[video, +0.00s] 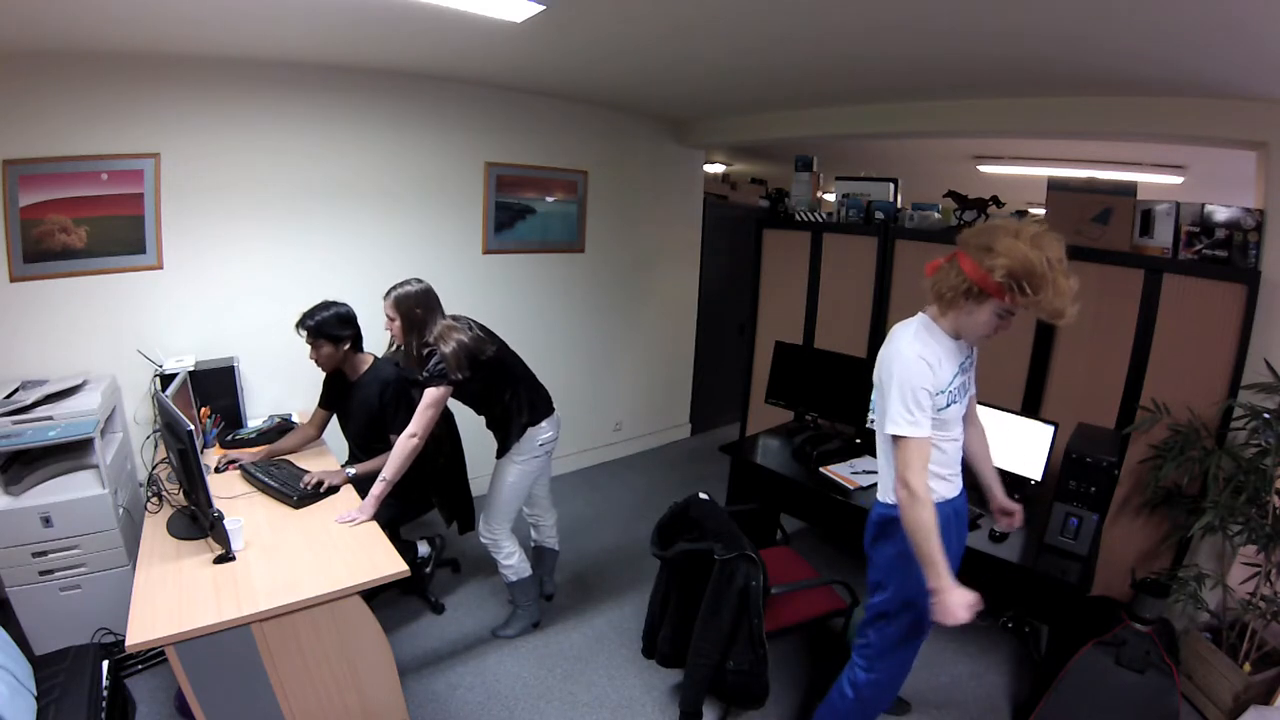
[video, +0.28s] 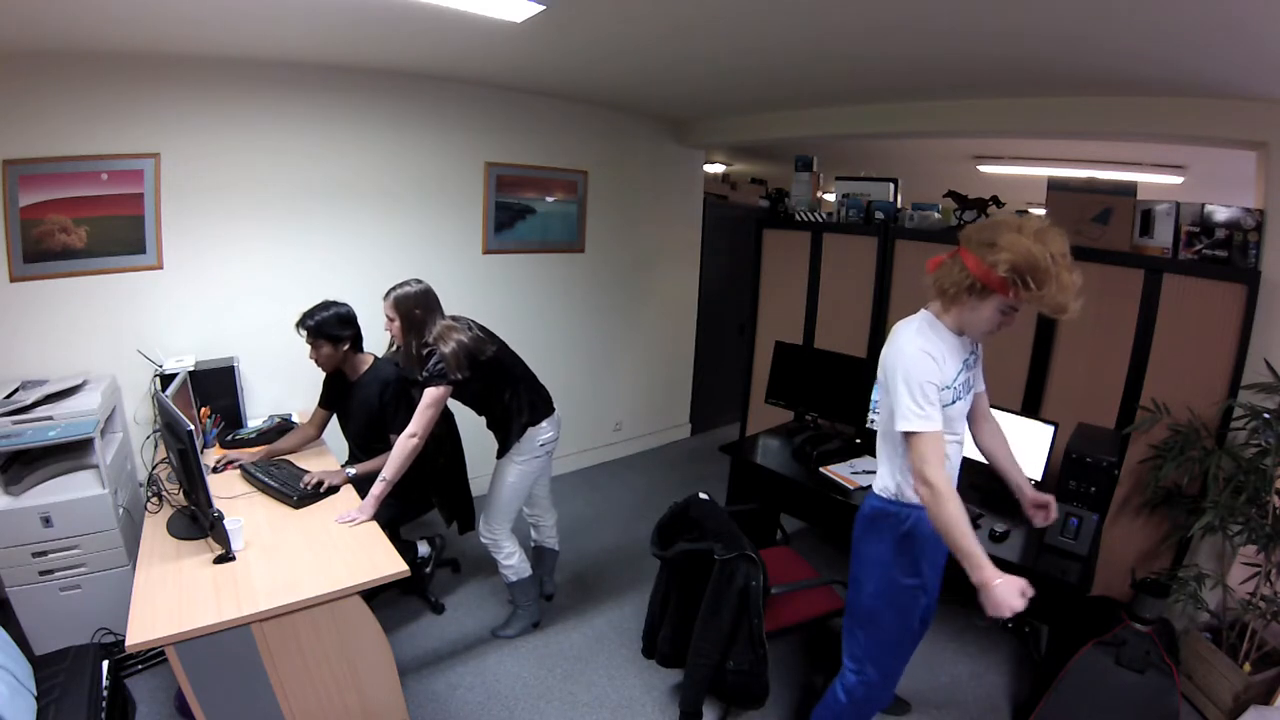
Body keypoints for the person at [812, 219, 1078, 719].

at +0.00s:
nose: (1004, 329)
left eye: (1011, 318)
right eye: (1002, 315)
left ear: (979, 300)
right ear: (972, 294)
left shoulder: (959, 340)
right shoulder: (911, 357)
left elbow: (968, 420)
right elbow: (910, 487)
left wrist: (994, 494)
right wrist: (942, 584)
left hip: (946, 508)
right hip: (907, 522)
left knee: (910, 617)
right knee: (877, 658)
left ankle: (880, 689)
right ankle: (842, 713)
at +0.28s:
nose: (1008, 325)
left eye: (1015, 314)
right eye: (1006, 311)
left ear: (983, 295)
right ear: (976, 289)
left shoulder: (963, 340)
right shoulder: (914, 350)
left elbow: (981, 418)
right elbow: (928, 479)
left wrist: (1022, 487)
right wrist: (987, 577)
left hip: (931, 518)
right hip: (895, 524)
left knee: (909, 617)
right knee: (867, 672)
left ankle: (876, 689)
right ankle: (837, 713)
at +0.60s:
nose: (1005, 326)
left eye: (1012, 314)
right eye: (1004, 312)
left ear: (981, 293)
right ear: (975, 290)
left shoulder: (959, 338)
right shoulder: (912, 354)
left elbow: (969, 417)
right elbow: (912, 485)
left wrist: (995, 491)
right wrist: (946, 582)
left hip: (943, 510)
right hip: (904, 521)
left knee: (906, 616)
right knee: (874, 652)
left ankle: (875, 688)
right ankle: (838, 713)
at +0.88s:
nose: (1002, 330)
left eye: (1009, 319)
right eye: (1001, 316)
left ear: (978, 300)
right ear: (971, 294)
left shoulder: (959, 340)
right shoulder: (909, 357)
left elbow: (967, 417)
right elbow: (910, 488)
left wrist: (993, 493)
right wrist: (940, 584)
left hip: (949, 510)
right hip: (911, 522)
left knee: (911, 617)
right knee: (884, 646)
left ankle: (879, 687)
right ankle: (838, 713)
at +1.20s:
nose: (1008, 327)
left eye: (1014, 316)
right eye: (1006, 313)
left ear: (980, 298)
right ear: (974, 293)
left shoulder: (964, 342)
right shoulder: (915, 353)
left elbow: (983, 417)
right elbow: (936, 482)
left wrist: (1030, 486)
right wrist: (997, 576)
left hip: (934, 520)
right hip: (899, 528)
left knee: (913, 623)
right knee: (873, 676)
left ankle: (881, 690)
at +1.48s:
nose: (1005, 325)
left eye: (1011, 313)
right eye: (1004, 311)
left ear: (981, 294)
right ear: (976, 290)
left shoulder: (961, 339)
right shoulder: (915, 353)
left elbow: (973, 417)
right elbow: (922, 482)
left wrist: (1005, 490)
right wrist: (969, 580)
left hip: (937, 513)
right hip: (903, 524)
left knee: (908, 616)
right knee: (874, 663)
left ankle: (877, 689)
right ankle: (839, 713)